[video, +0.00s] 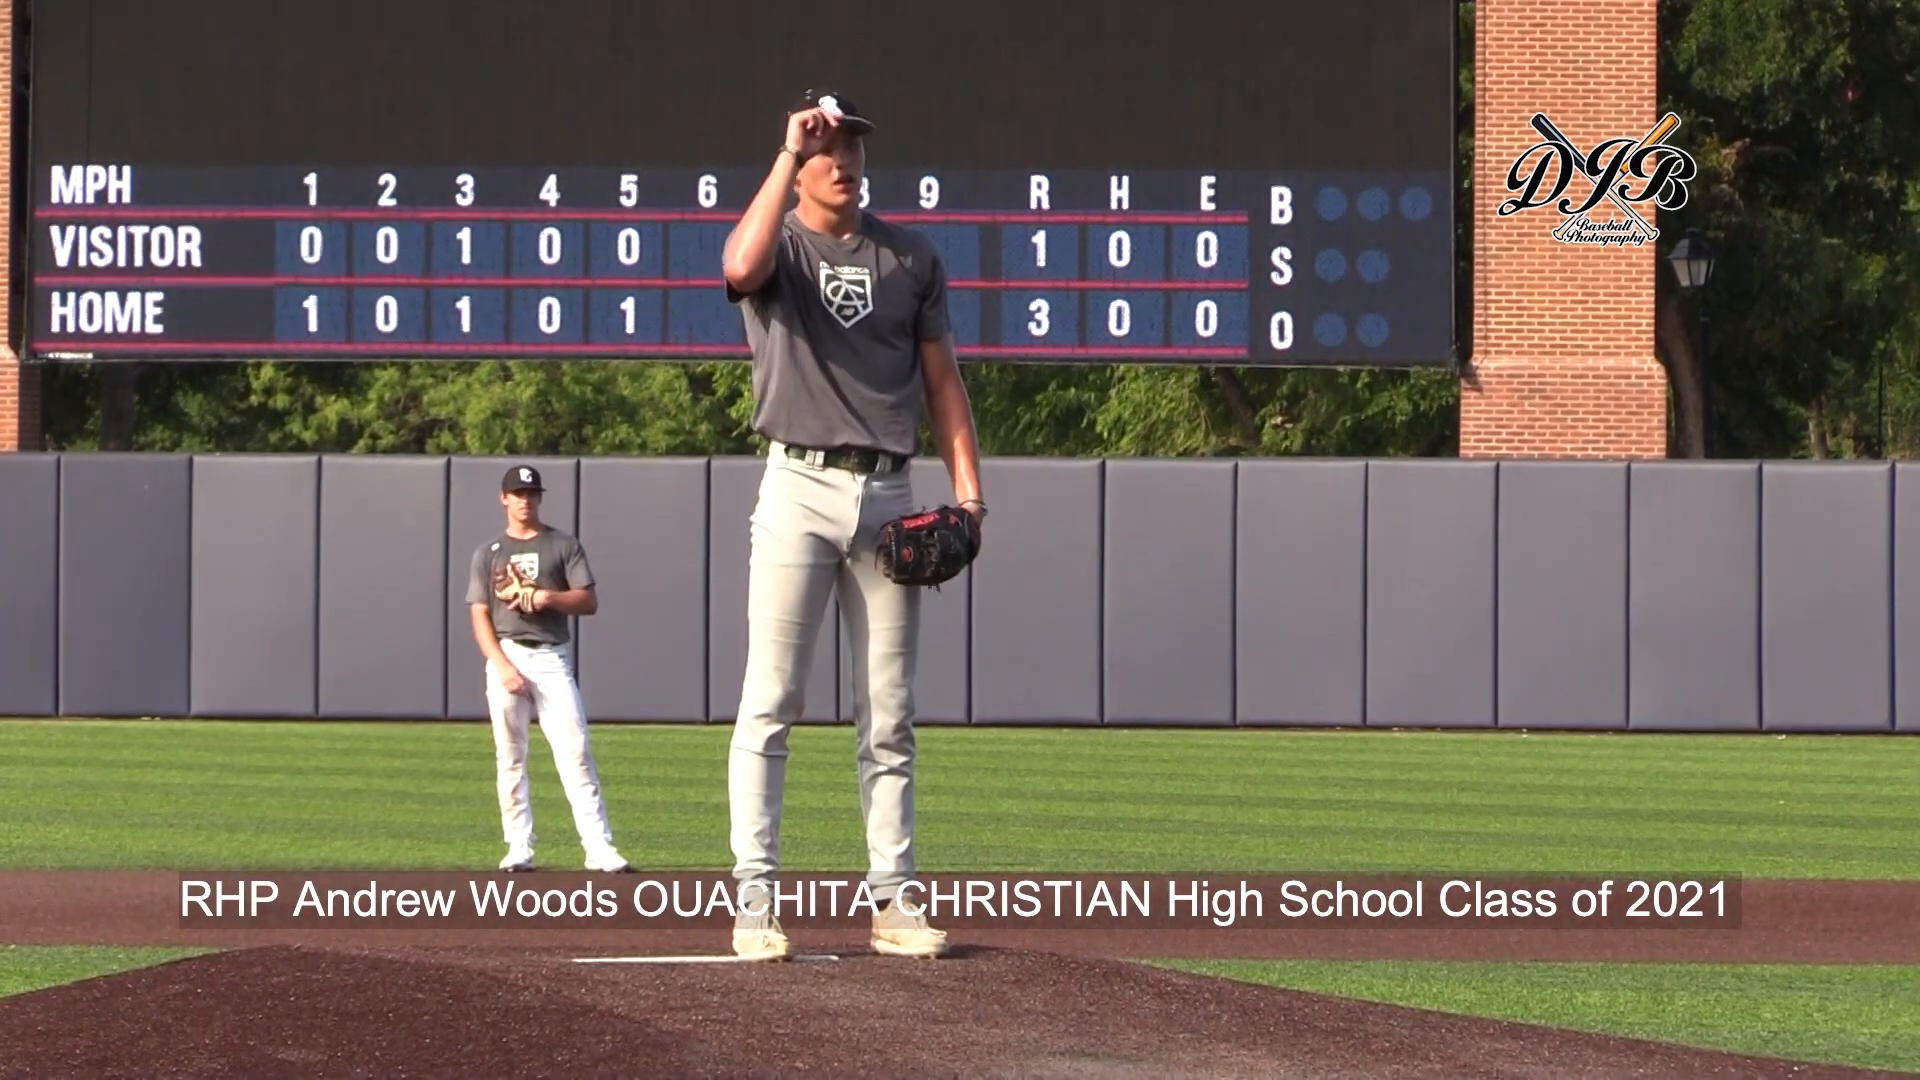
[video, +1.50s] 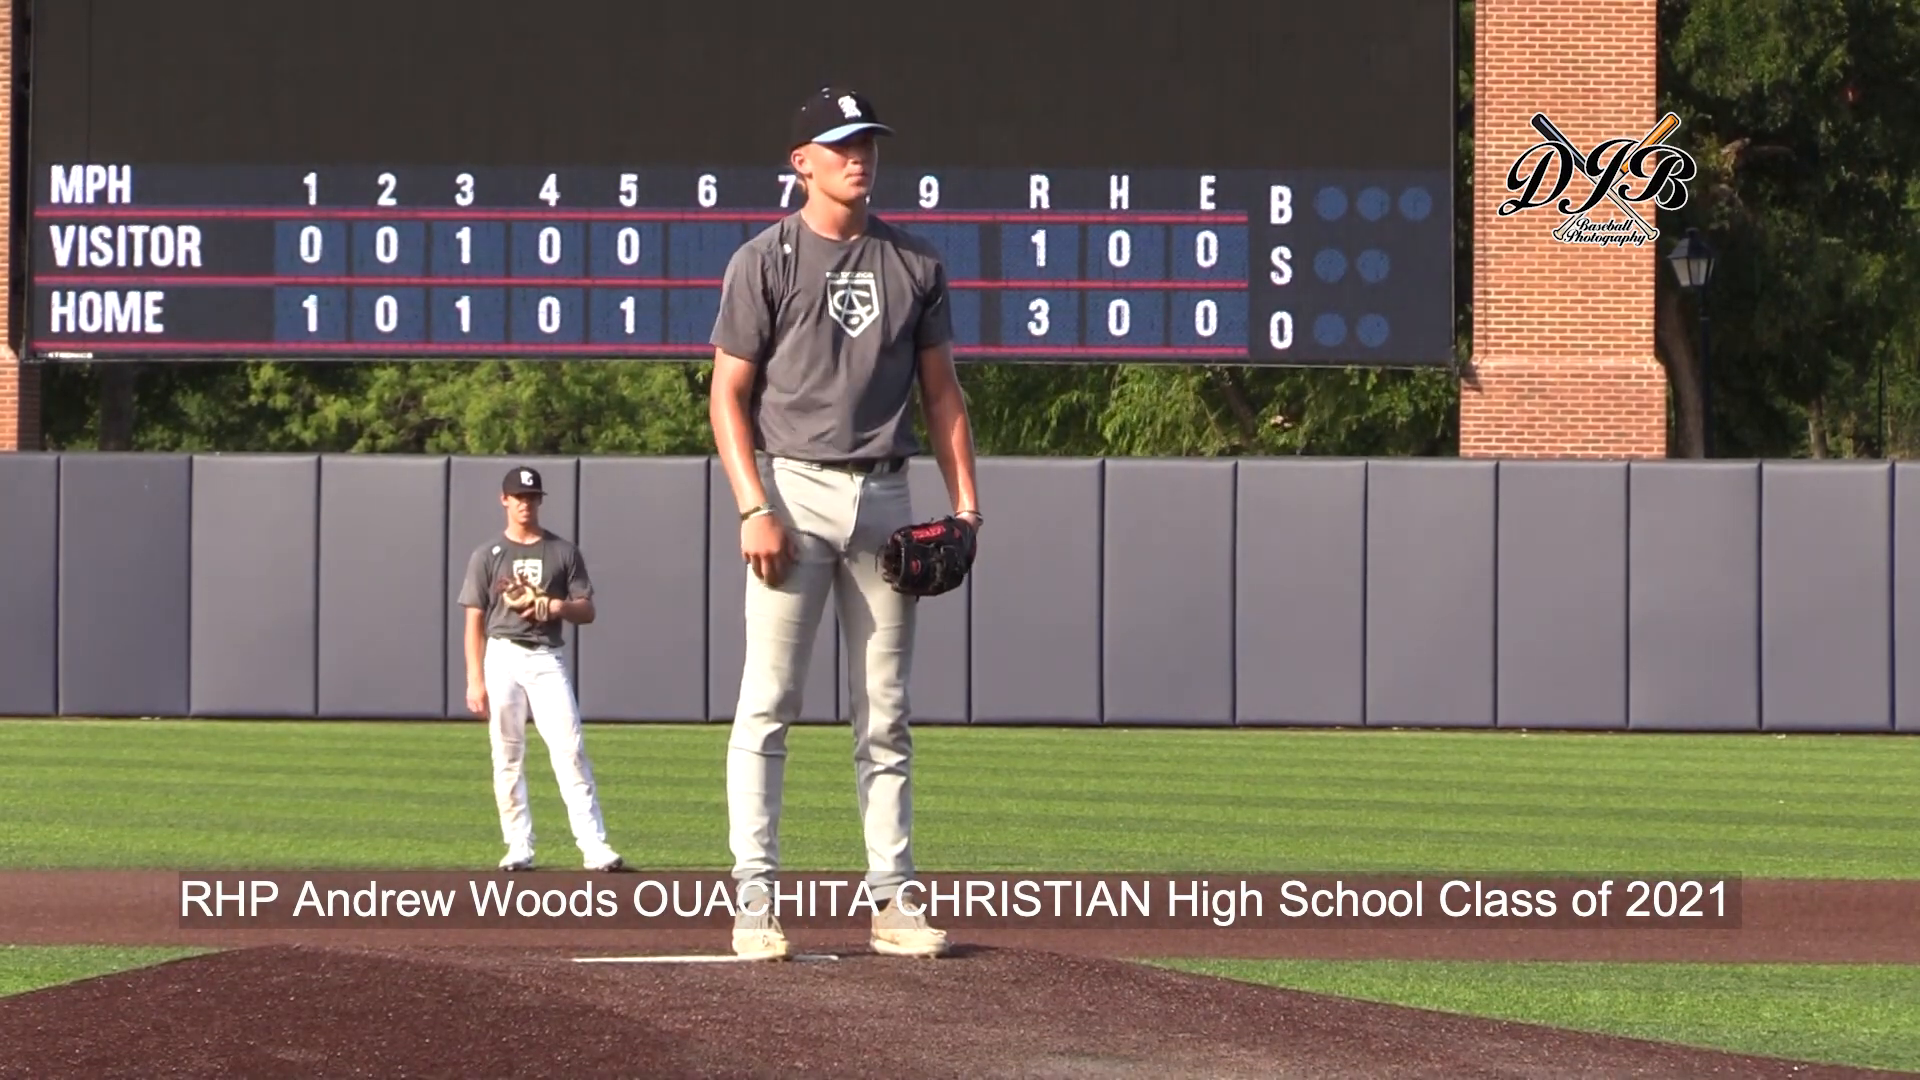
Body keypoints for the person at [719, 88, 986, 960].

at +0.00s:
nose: (838, 162)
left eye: (848, 148)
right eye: (821, 152)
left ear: (864, 160)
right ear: (795, 170)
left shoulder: (911, 256)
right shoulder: (772, 244)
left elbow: (943, 377)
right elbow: (740, 270)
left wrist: (967, 493)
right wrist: (789, 162)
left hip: (892, 498)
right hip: (796, 491)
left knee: (890, 716)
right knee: (769, 703)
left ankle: (893, 898)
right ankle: (755, 896)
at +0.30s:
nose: (843, 161)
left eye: (853, 147)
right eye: (826, 152)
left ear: (870, 157)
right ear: (798, 169)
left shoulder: (915, 262)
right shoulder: (776, 245)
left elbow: (947, 387)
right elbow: (730, 259)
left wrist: (972, 498)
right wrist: (789, 151)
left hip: (895, 498)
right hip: (801, 492)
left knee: (892, 716)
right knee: (773, 704)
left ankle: (893, 899)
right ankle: (756, 897)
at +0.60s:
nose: (847, 165)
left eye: (857, 153)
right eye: (831, 153)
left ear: (872, 162)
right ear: (803, 168)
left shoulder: (915, 259)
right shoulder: (777, 247)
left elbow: (947, 385)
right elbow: (725, 270)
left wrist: (973, 499)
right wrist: (794, 170)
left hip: (894, 499)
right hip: (800, 492)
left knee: (892, 717)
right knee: (772, 704)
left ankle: (893, 899)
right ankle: (757, 897)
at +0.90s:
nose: (856, 166)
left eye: (864, 151)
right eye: (839, 152)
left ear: (874, 160)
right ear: (801, 163)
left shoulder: (916, 264)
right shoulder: (767, 250)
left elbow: (946, 387)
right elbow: (727, 335)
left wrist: (970, 503)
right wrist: (792, 231)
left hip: (891, 499)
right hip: (796, 494)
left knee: (889, 715)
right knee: (770, 703)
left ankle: (893, 899)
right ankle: (756, 897)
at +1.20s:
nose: (861, 163)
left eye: (869, 149)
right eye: (844, 151)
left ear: (879, 161)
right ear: (805, 164)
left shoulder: (915, 268)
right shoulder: (769, 266)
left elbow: (944, 392)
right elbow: (732, 396)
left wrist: (965, 503)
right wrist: (779, 463)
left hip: (888, 501)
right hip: (792, 498)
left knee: (886, 713)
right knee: (769, 703)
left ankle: (893, 897)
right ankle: (755, 895)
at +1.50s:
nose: (860, 161)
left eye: (868, 148)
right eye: (843, 149)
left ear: (877, 160)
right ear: (803, 162)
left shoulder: (914, 266)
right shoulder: (763, 261)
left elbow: (943, 393)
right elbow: (727, 396)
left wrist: (965, 504)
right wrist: (755, 507)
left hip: (886, 496)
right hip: (790, 493)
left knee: (886, 713)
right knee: (768, 705)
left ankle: (893, 898)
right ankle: (756, 895)